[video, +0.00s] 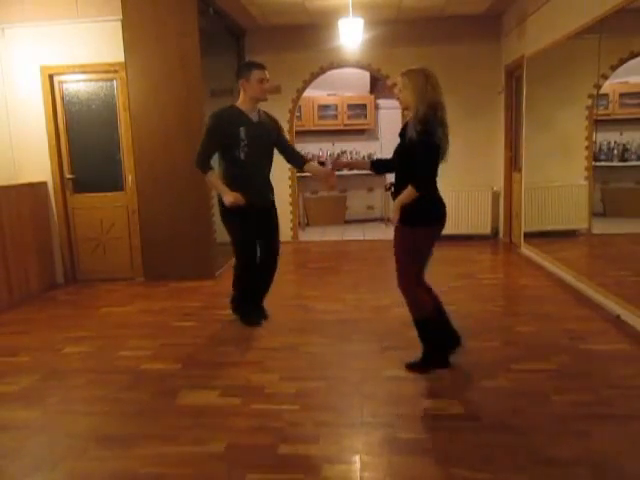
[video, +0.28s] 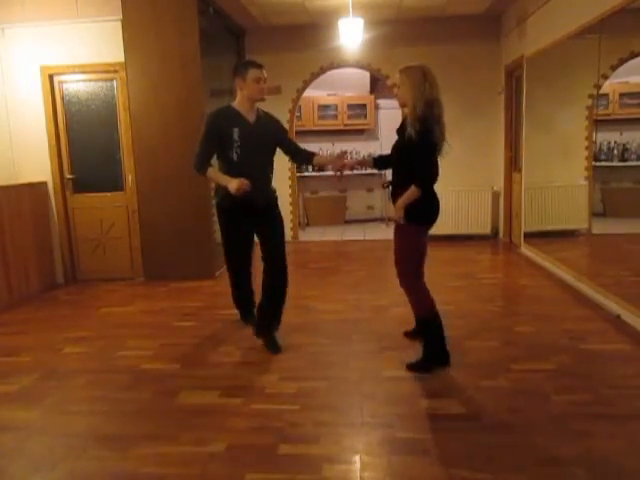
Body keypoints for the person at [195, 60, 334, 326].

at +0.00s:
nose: (267, 85)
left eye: (267, 81)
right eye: (261, 81)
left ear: (264, 85)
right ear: (243, 84)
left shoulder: (268, 122)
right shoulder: (222, 119)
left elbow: (291, 154)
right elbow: (202, 162)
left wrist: (319, 171)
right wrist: (223, 191)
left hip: (263, 197)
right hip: (234, 199)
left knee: (270, 254)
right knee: (246, 254)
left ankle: (255, 301)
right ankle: (242, 304)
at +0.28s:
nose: (264, 86)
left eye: (264, 81)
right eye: (257, 81)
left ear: (260, 84)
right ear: (239, 83)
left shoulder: (268, 122)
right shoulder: (219, 119)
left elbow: (298, 155)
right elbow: (202, 165)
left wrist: (330, 161)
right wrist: (227, 181)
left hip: (265, 200)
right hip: (233, 202)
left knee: (277, 264)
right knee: (239, 261)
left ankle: (268, 325)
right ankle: (247, 311)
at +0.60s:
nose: (260, 82)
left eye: (260, 77)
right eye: (254, 77)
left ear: (249, 81)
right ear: (235, 79)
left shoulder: (260, 121)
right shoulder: (213, 116)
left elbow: (289, 156)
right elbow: (195, 166)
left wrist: (326, 169)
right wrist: (215, 197)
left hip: (266, 202)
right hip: (235, 205)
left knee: (268, 269)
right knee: (248, 264)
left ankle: (260, 332)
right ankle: (235, 318)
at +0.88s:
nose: (260, 77)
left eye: (260, 72)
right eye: (253, 71)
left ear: (251, 76)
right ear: (233, 75)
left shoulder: (259, 118)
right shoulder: (211, 111)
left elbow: (285, 155)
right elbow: (191, 160)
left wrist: (320, 179)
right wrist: (203, 202)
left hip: (250, 207)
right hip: (222, 208)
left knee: (262, 274)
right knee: (224, 275)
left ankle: (273, 333)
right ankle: (217, 329)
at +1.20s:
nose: (260, 71)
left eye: (260, 65)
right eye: (254, 65)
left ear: (258, 70)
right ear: (234, 69)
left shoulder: (261, 111)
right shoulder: (215, 104)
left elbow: (277, 152)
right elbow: (186, 148)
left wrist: (312, 160)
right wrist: (217, 167)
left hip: (262, 197)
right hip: (233, 197)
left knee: (262, 266)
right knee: (234, 265)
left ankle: (255, 329)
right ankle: (220, 327)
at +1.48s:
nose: (256, 74)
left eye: (256, 68)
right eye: (250, 68)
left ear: (244, 73)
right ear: (230, 72)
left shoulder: (255, 115)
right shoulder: (212, 112)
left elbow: (275, 154)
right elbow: (208, 164)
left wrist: (310, 175)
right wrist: (235, 199)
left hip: (258, 204)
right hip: (230, 205)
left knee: (260, 266)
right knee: (231, 275)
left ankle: (255, 329)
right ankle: (227, 351)